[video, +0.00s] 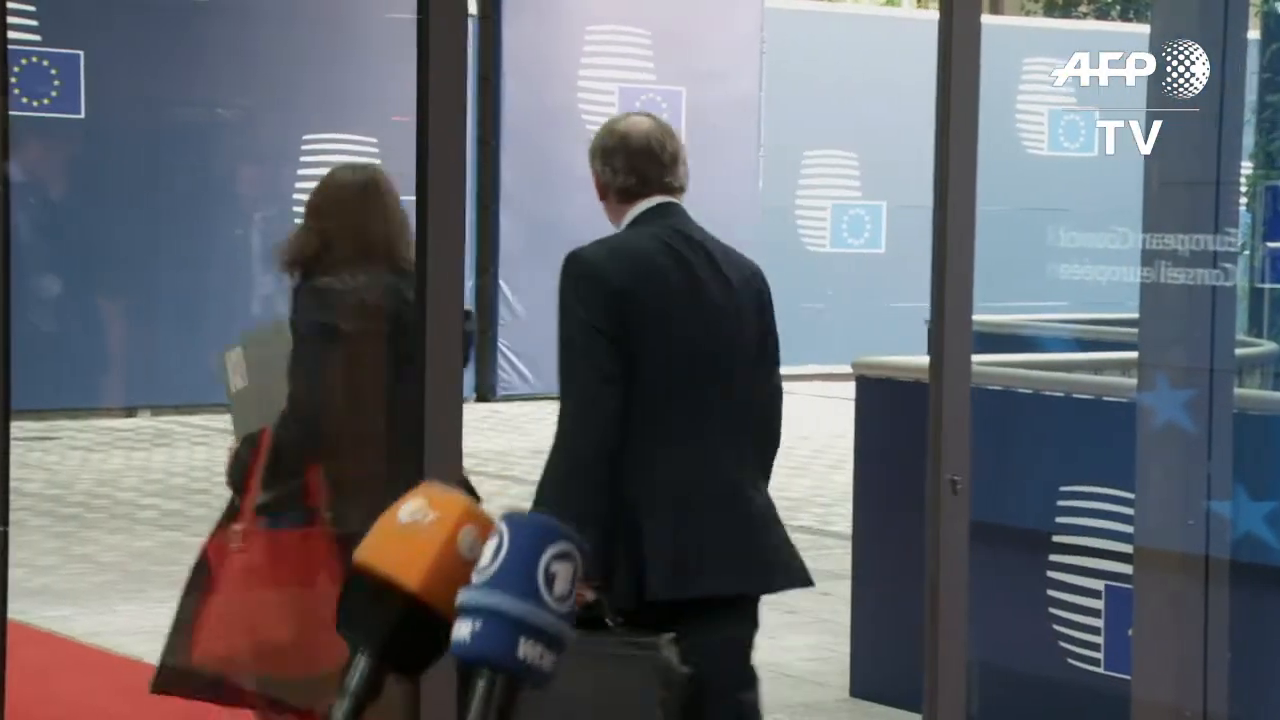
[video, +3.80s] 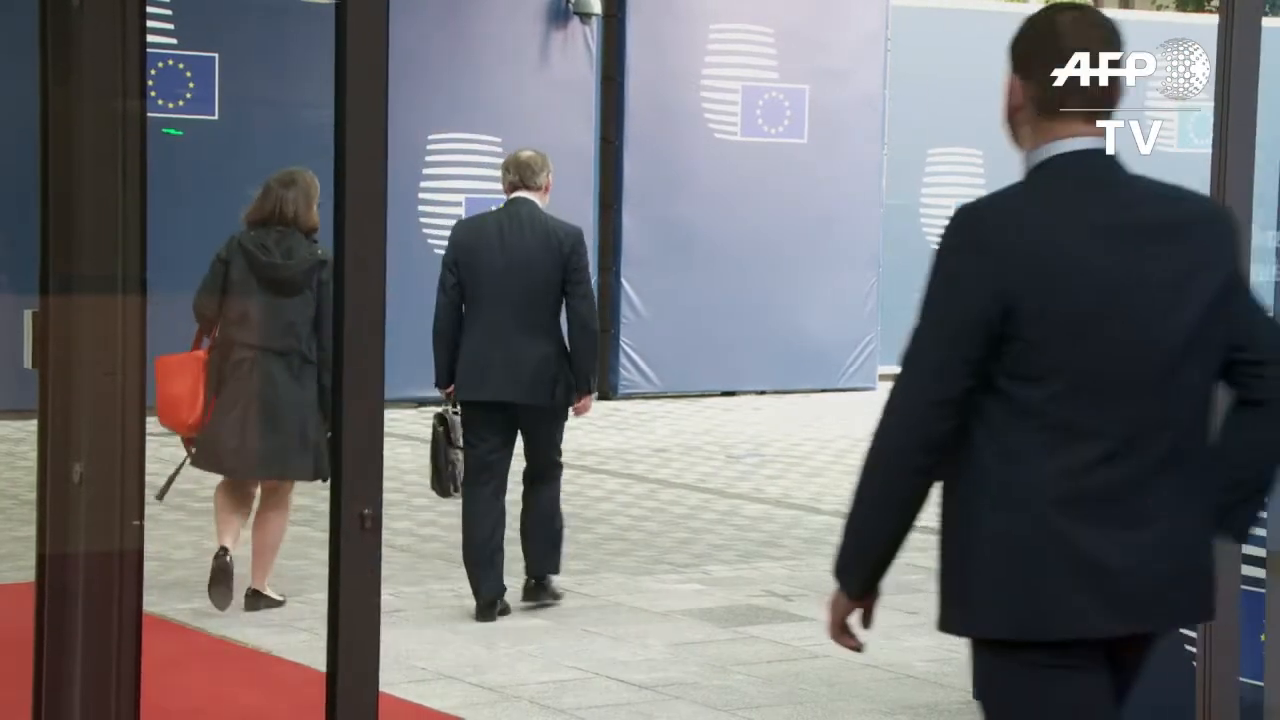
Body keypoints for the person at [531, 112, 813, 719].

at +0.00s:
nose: (595, 190)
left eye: (595, 180)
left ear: (602, 186)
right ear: (680, 177)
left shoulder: (596, 268)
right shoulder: (743, 274)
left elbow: (588, 420)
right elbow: (764, 413)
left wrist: (570, 550)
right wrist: (737, 508)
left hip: (626, 547)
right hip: (727, 540)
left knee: (624, 702)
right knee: (727, 702)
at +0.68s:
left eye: (565, 173)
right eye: (645, 168)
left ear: (570, 180)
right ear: (641, 177)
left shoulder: (533, 255)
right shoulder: (691, 269)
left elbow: (505, 388)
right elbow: (718, 399)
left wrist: (488, 501)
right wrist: (714, 507)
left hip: (556, 505)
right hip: (657, 504)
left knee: (561, 670)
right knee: (641, 670)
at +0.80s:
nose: (559, 165)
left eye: (559, 157)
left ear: (564, 165)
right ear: (633, 165)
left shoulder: (524, 240)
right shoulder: (682, 255)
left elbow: (496, 376)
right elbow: (701, 383)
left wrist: (483, 494)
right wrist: (690, 491)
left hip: (542, 485)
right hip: (643, 488)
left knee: (527, 661)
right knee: (629, 661)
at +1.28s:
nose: (567, 174)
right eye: (566, 166)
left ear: (498, 178)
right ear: (560, 173)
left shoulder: (468, 249)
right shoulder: (610, 253)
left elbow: (445, 367)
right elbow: (636, 371)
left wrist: (439, 473)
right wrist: (624, 465)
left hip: (489, 469)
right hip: (580, 469)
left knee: (477, 618)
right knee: (562, 605)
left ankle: (479, 716)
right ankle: (592, 708)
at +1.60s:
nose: (549, 181)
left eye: (543, 173)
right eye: (548, 174)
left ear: (483, 180)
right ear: (542, 181)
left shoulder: (445, 249)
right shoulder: (585, 259)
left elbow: (416, 354)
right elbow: (612, 367)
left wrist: (402, 453)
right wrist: (617, 460)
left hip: (467, 458)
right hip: (551, 462)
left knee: (484, 600)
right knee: (522, 591)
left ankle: (502, 710)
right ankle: (498, 704)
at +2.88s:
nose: (509, 202)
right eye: (511, 194)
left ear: (461, 195)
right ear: (508, 197)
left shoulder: (425, 245)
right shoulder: (533, 256)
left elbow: (396, 333)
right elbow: (550, 346)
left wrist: (390, 413)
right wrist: (554, 419)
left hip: (433, 414)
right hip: (501, 417)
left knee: (437, 525)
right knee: (487, 523)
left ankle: (439, 641)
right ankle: (471, 631)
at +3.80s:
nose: (550, 191)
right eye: (550, 185)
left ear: (503, 186)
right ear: (546, 187)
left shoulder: (466, 232)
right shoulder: (565, 236)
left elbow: (447, 310)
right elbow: (583, 315)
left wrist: (445, 373)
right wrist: (584, 379)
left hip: (481, 380)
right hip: (542, 381)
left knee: (483, 483)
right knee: (543, 474)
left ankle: (486, 595)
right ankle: (539, 577)